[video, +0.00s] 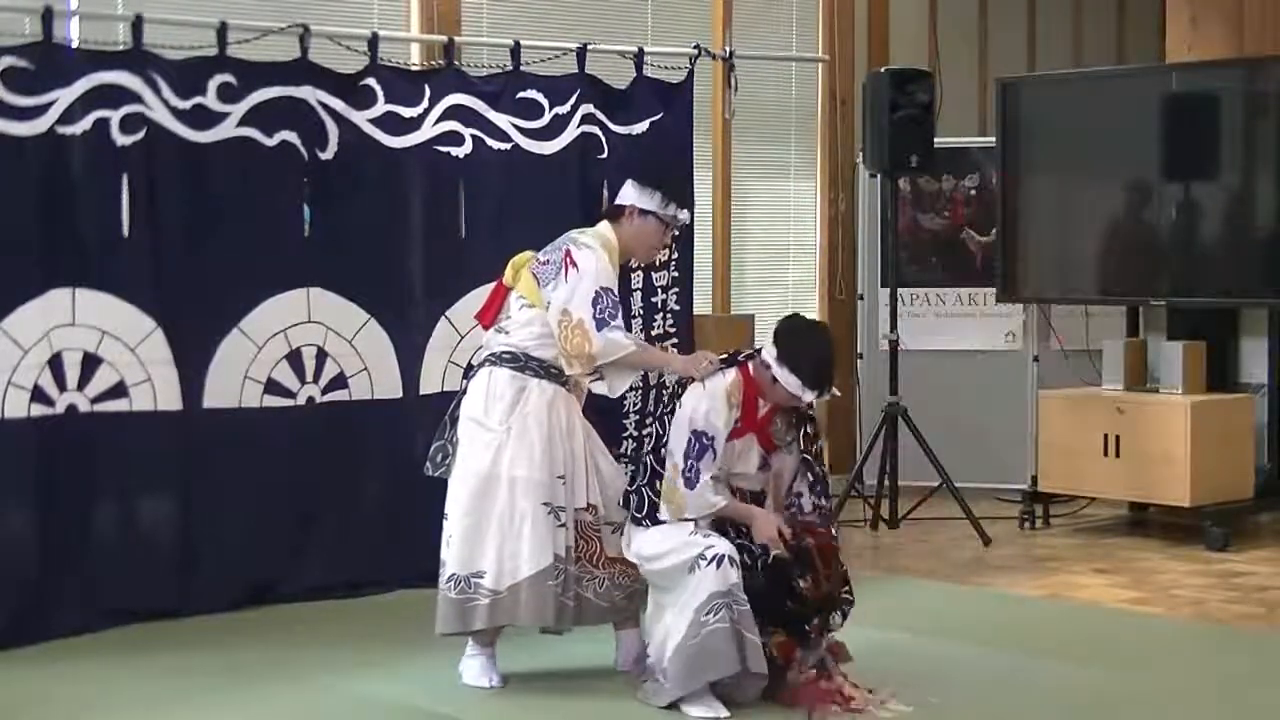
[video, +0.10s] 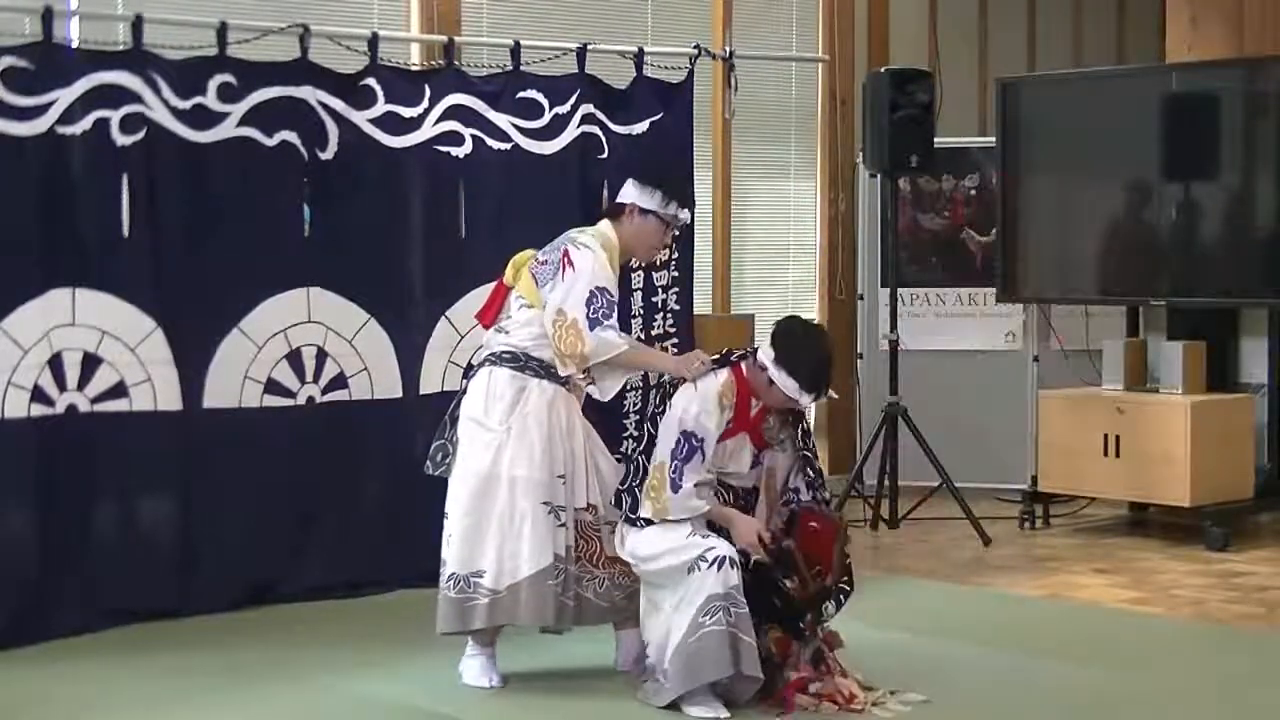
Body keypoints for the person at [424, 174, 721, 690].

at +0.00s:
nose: (666, 247)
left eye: (670, 236)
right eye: (665, 232)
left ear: (631, 218)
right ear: (632, 215)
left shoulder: (592, 257)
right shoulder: (588, 256)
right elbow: (599, 342)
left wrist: (651, 359)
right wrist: (678, 363)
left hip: (548, 403)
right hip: (512, 398)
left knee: (609, 510)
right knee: (504, 520)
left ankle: (631, 649)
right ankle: (480, 651)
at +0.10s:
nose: (667, 246)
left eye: (672, 235)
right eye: (666, 231)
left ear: (632, 217)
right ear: (633, 213)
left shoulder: (593, 256)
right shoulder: (586, 255)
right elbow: (592, 340)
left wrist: (654, 361)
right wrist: (671, 363)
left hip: (547, 403)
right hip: (512, 398)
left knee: (612, 514)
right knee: (501, 520)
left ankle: (633, 648)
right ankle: (480, 650)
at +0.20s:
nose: (667, 242)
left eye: (671, 231)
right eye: (665, 227)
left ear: (631, 215)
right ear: (631, 211)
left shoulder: (595, 258)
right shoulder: (583, 254)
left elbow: (582, 347)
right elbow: (586, 338)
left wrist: (657, 360)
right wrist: (665, 360)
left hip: (548, 401)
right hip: (511, 396)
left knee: (604, 517)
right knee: (501, 520)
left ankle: (631, 645)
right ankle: (480, 651)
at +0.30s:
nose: (660, 239)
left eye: (664, 229)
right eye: (659, 225)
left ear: (628, 213)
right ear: (626, 209)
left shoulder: (595, 260)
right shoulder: (577, 251)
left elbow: (584, 342)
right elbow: (578, 331)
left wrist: (650, 353)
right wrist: (654, 350)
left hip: (551, 401)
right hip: (508, 396)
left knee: (606, 513)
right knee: (502, 519)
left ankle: (631, 642)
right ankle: (482, 649)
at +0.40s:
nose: (651, 232)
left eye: (655, 220)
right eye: (648, 217)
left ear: (620, 206)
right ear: (617, 203)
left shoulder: (589, 257)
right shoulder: (566, 246)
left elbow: (579, 340)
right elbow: (576, 322)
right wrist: (652, 337)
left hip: (550, 401)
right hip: (506, 398)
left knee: (606, 508)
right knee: (499, 517)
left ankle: (633, 635)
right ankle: (482, 647)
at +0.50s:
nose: (639, 219)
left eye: (643, 210)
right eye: (634, 206)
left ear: (610, 201)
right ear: (603, 195)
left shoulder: (581, 252)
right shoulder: (554, 240)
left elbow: (568, 335)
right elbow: (577, 311)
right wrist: (652, 319)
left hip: (547, 398)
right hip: (504, 396)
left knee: (597, 504)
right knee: (497, 516)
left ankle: (639, 634)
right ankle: (481, 647)